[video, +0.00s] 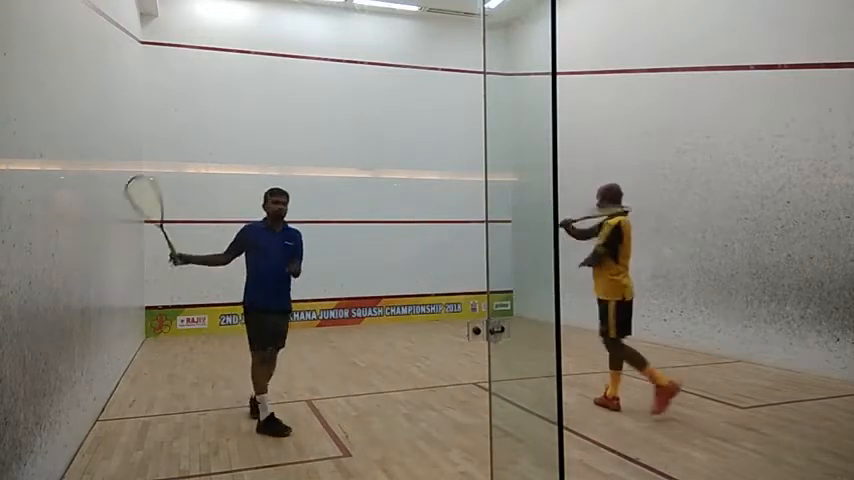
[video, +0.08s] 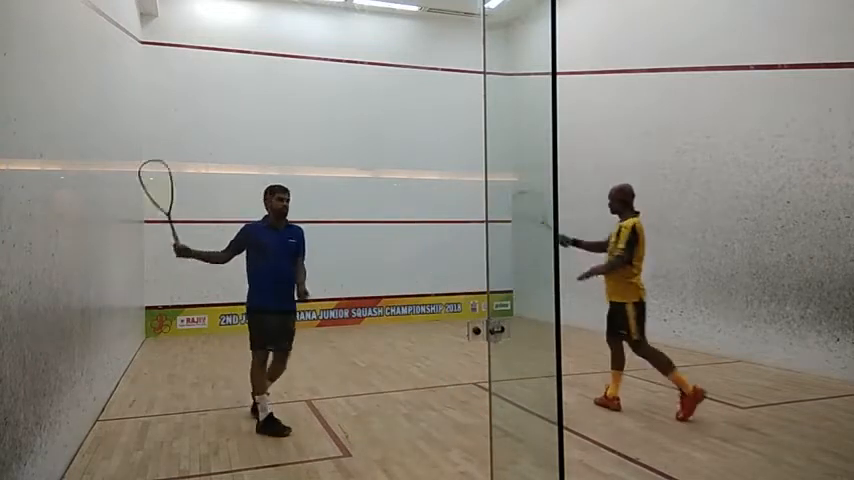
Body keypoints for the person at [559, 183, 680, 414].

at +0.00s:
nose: (598, 206)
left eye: (600, 202)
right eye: (598, 203)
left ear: (607, 203)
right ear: (616, 202)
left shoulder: (616, 224)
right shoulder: (609, 222)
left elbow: (599, 255)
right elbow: (583, 234)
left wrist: (586, 261)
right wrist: (567, 226)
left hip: (615, 293)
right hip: (609, 292)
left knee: (613, 342)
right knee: (612, 342)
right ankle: (612, 395)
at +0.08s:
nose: (608, 204)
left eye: (611, 200)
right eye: (609, 200)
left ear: (622, 202)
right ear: (625, 202)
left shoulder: (631, 227)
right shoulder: (622, 226)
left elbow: (621, 260)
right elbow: (605, 247)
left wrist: (594, 271)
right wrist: (575, 243)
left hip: (630, 298)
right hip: (618, 297)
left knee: (639, 346)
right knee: (614, 341)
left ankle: (688, 391)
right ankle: (612, 395)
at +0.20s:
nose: (619, 205)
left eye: (621, 201)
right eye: (619, 201)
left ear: (631, 204)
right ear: (636, 203)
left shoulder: (644, 228)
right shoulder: (635, 228)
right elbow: (626, 258)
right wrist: (599, 260)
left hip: (648, 301)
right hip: (633, 301)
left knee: (660, 350)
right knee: (622, 342)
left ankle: (702, 400)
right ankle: (613, 395)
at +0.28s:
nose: (628, 206)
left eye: (632, 202)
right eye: (629, 202)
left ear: (641, 205)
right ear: (648, 206)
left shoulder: (653, 228)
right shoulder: (650, 229)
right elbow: (655, 265)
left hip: (664, 304)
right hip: (651, 304)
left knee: (677, 353)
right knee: (638, 343)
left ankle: (709, 406)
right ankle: (622, 391)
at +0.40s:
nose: (641, 206)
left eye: (643, 202)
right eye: (641, 202)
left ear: (651, 205)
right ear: (663, 204)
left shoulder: (655, 229)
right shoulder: (681, 228)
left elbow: (659, 263)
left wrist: (642, 287)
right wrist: (670, 273)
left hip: (675, 303)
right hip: (672, 302)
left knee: (683, 353)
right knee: (656, 339)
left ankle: (711, 407)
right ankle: (652, 392)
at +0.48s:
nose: (653, 202)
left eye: (655, 198)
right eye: (654, 197)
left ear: (661, 200)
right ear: (676, 199)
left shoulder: (660, 226)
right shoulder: (694, 222)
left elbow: (657, 261)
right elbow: (714, 254)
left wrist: (652, 287)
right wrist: (697, 272)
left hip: (680, 299)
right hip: (699, 296)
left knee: (688, 348)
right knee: (679, 341)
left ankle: (712, 407)